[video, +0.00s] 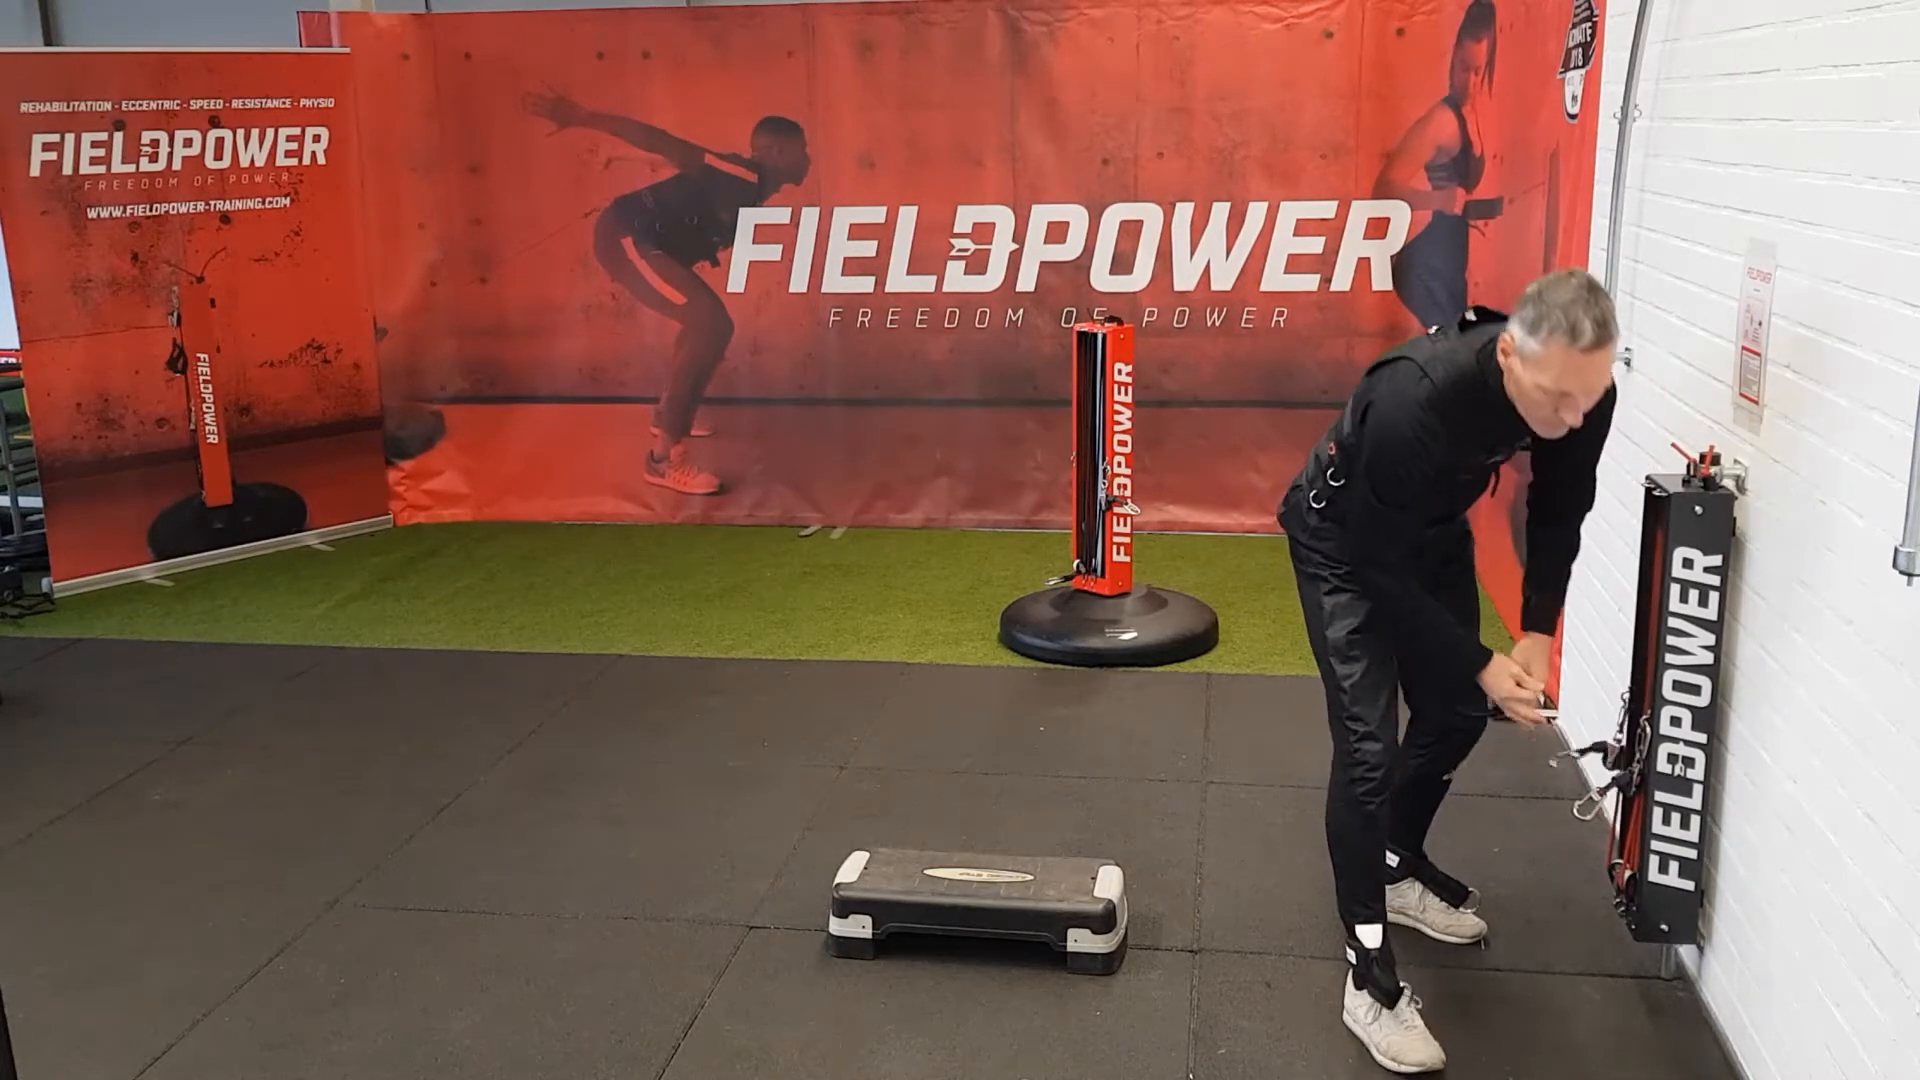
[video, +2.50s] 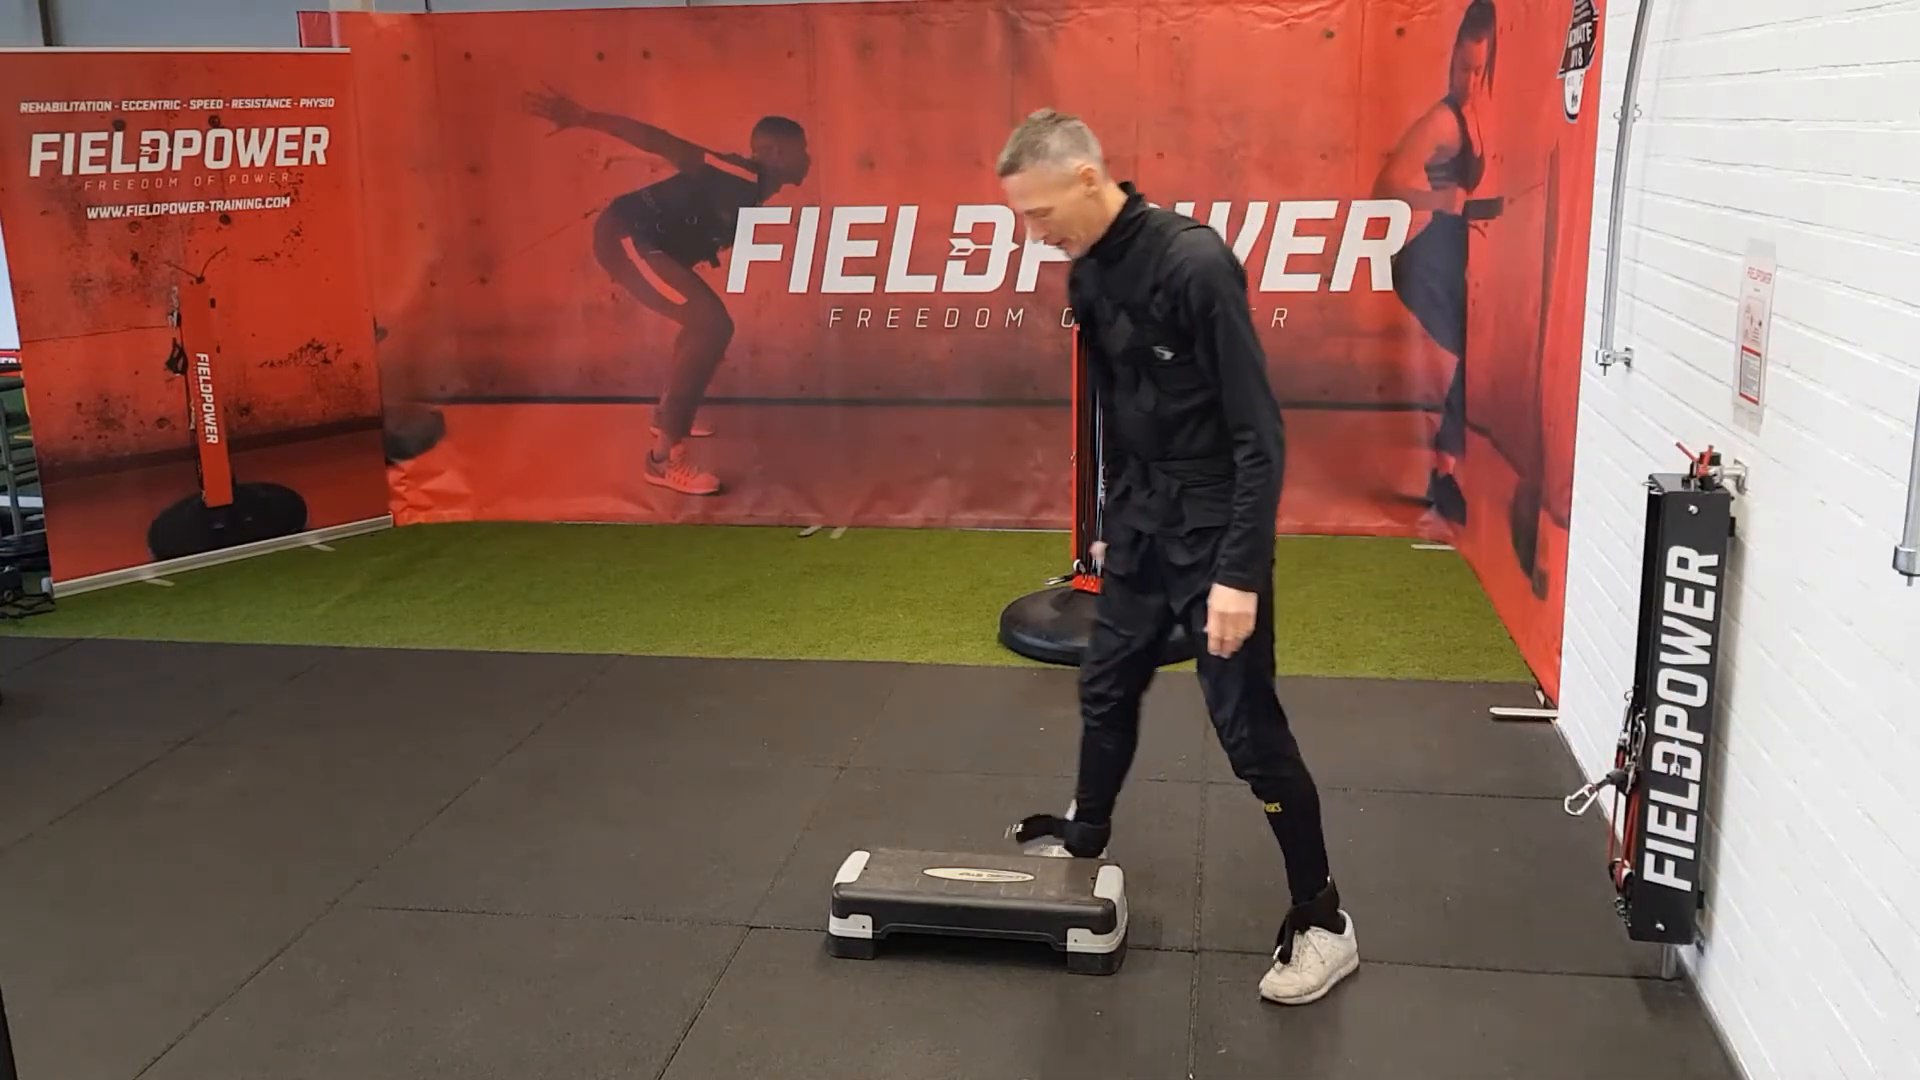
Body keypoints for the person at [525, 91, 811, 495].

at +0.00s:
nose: (807, 158)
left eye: (805, 150)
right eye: (800, 150)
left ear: (773, 152)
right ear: (771, 150)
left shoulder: (752, 188)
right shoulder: (734, 175)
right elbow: (659, 141)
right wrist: (581, 117)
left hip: (646, 237)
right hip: (626, 234)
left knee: (710, 322)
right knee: (713, 325)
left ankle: (670, 413)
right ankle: (665, 457)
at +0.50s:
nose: (807, 158)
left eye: (805, 149)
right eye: (800, 149)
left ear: (773, 151)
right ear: (771, 150)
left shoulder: (750, 187)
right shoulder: (736, 175)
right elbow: (659, 141)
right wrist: (583, 117)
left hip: (645, 236)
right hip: (627, 233)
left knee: (710, 322)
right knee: (712, 325)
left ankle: (670, 413)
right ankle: (665, 457)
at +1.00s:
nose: (807, 158)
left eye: (805, 149)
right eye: (800, 150)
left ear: (773, 151)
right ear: (771, 150)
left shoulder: (750, 188)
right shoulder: (736, 175)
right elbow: (660, 142)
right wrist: (584, 117)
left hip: (645, 237)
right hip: (626, 233)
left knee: (710, 322)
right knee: (712, 325)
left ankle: (670, 413)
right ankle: (665, 457)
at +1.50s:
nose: (807, 158)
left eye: (805, 149)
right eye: (800, 150)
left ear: (773, 151)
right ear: (771, 150)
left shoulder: (750, 188)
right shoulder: (736, 176)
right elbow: (660, 142)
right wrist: (584, 117)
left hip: (645, 237)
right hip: (626, 233)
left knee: (709, 322)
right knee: (713, 325)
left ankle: (670, 413)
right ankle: (665, 456)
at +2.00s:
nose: (807, 159)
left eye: (805, 150)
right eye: (800, 150)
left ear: (774, 151)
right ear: (772, 150)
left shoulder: (750, 188)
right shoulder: (735, 176)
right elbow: (659, 142)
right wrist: (584, 117)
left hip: (645, 237)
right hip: (626, 233)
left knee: (709, 322)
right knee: (713, 325)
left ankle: (670, 412)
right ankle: (665, 456)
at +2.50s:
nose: (808, 158)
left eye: (805, 149)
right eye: (800, 150)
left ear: (774, 152)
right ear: (770, 150)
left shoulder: (752, 188)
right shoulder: (735, 176)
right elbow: (658, 141)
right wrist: (584, 117)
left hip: (646, 237)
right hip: (626, 233)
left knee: (709, 322)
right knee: (713, 325)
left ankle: (670, 413)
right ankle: (665, 457)